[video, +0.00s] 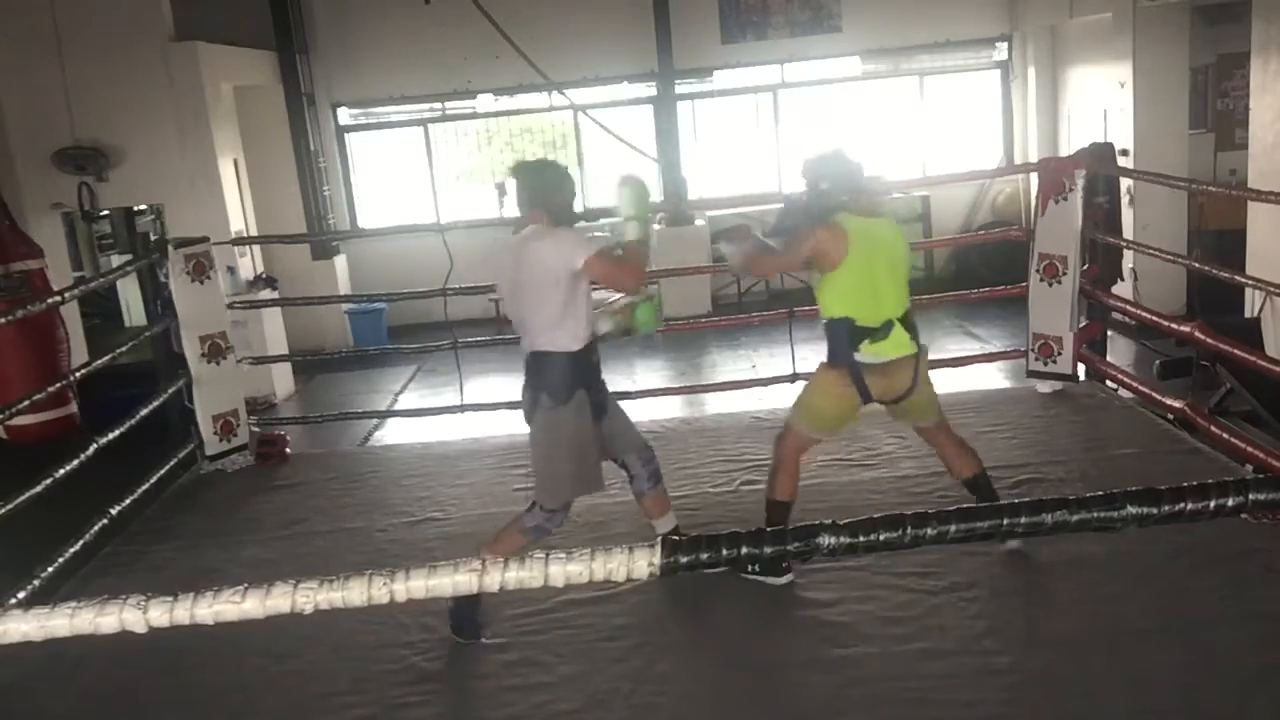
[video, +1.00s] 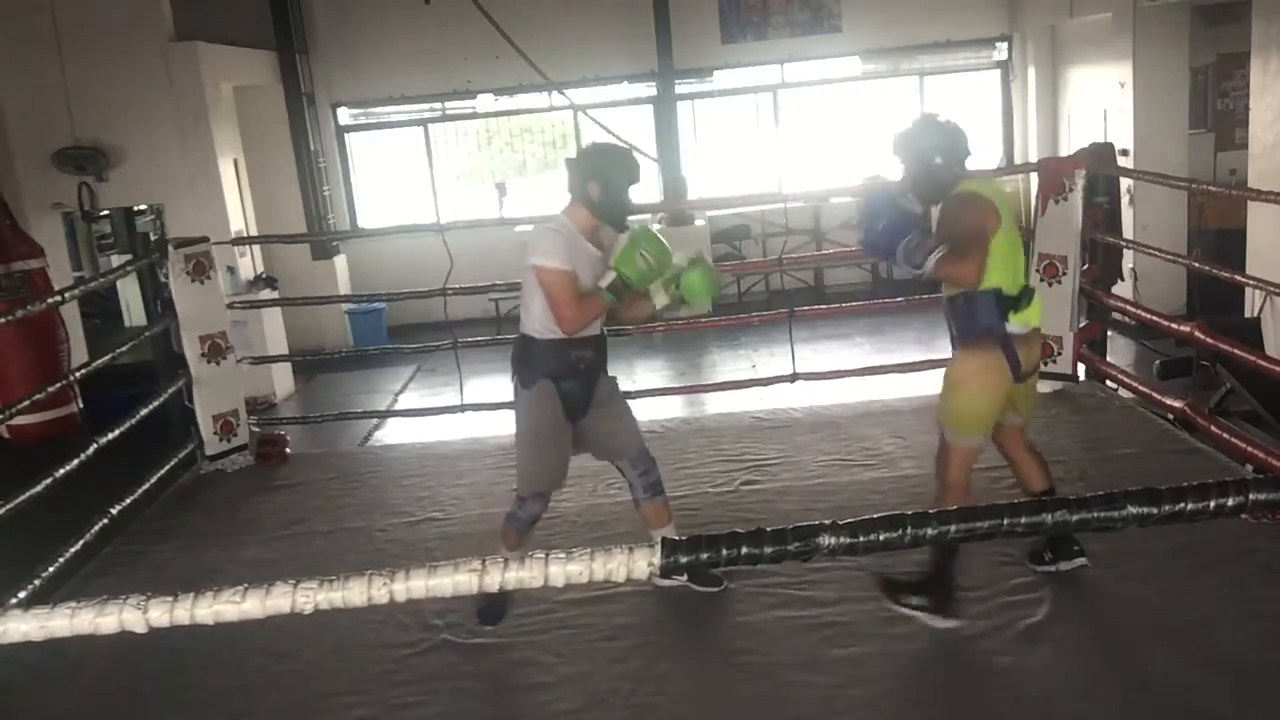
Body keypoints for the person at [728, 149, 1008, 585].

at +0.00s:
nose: (808, 194)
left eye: (811, 187)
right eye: (809, 186)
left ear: (821, 189)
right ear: (856, 182)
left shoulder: (824, 233)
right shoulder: (891, 228)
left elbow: (762, 267)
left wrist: (746, 246)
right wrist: (799, 233)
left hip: (848, 374)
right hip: (907, 367)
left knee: (789, 446)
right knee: (942, 436)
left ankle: (772, 555)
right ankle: (1000, 517)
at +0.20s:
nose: (856, 199)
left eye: (859, 191)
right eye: (856, 191)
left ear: (872, 192)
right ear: (906, 189)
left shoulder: (874, 238)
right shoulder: (940, 240)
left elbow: (852, 307)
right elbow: (934, 303)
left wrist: (832, 328)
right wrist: (854, 317)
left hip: (877, 381)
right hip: (936, 378)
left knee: (823, 460)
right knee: (967, 462)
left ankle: (779, 555)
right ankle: (1012, 560)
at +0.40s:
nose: (896, 178)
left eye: (900, 167)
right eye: (897, 168)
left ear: (917, 169)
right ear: (949, 166)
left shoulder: (930, 210)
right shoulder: (982, 215)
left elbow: (912, 272)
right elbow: (965, 274)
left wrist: (884, 276)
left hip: (930, 355)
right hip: (981, 354)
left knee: (876, 454)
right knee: (989, 456)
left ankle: (831, 551)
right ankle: (1015, 561)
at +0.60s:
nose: (918, 155)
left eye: (923, 144)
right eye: (920, 144)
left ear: (941, 145)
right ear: (971, 143)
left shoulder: (954, 190)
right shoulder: (1008, 190)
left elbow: (952, 256)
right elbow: (1009, 251)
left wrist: (920, 259)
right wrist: (932, 248)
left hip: (966, 336)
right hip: (1015, 329)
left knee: (940, 446)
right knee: (1008, 432)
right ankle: (1050, 539)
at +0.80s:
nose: (922, 177)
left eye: (924, 165)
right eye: (920, 165)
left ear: (946, 162)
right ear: (973, 154)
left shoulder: (973, 204)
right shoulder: (1008, 195)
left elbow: (989, 270)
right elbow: (1018, 262)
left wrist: (952, 280)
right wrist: (947, 253)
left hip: (991, 351)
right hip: (1028, 342)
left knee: (958, 457)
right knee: (1014, 437)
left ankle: (1030, 555)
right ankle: (1058, 539)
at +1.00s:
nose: (906, 177)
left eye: (908, 164)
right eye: (903, 166)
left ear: (932, 161)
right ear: (955, 156)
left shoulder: (962, 204)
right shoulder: (994, 194)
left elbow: (967, 269)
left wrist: (914, 252)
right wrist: (917, 243)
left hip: (982, 355)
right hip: (1023, 345)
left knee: (953, 468)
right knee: (1012, 439)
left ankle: (939, 583)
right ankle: (1060, 536)